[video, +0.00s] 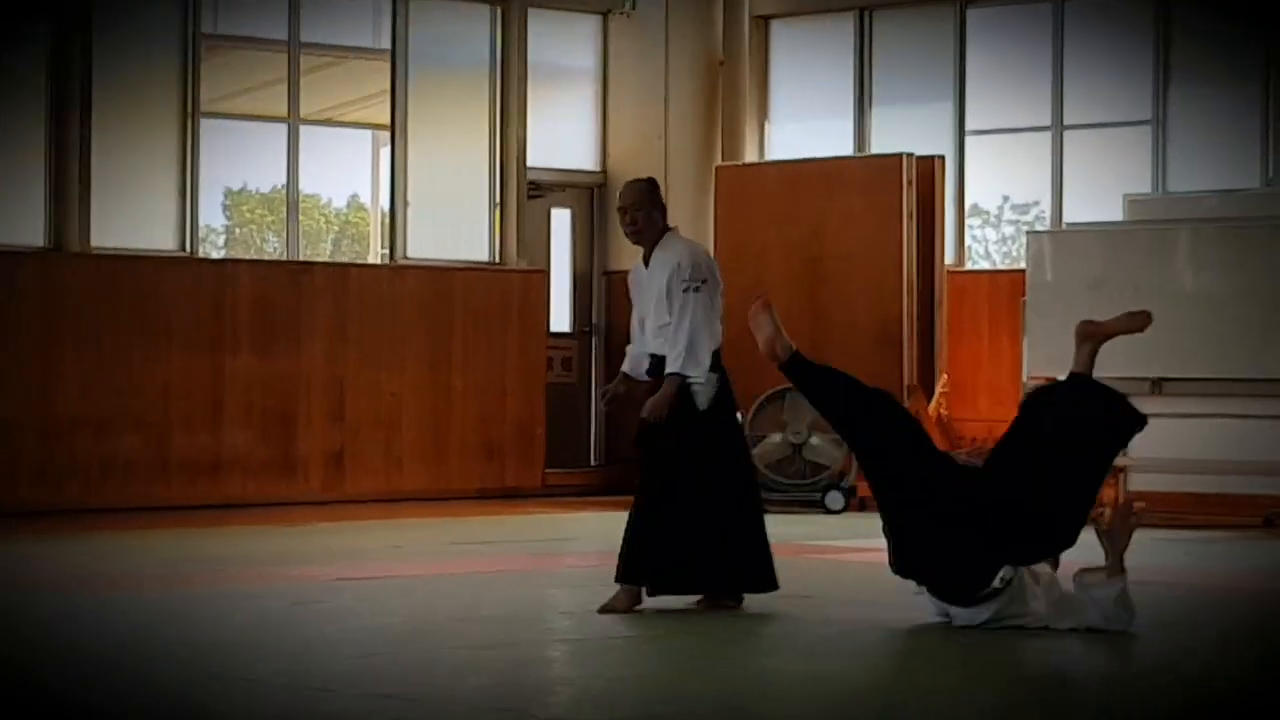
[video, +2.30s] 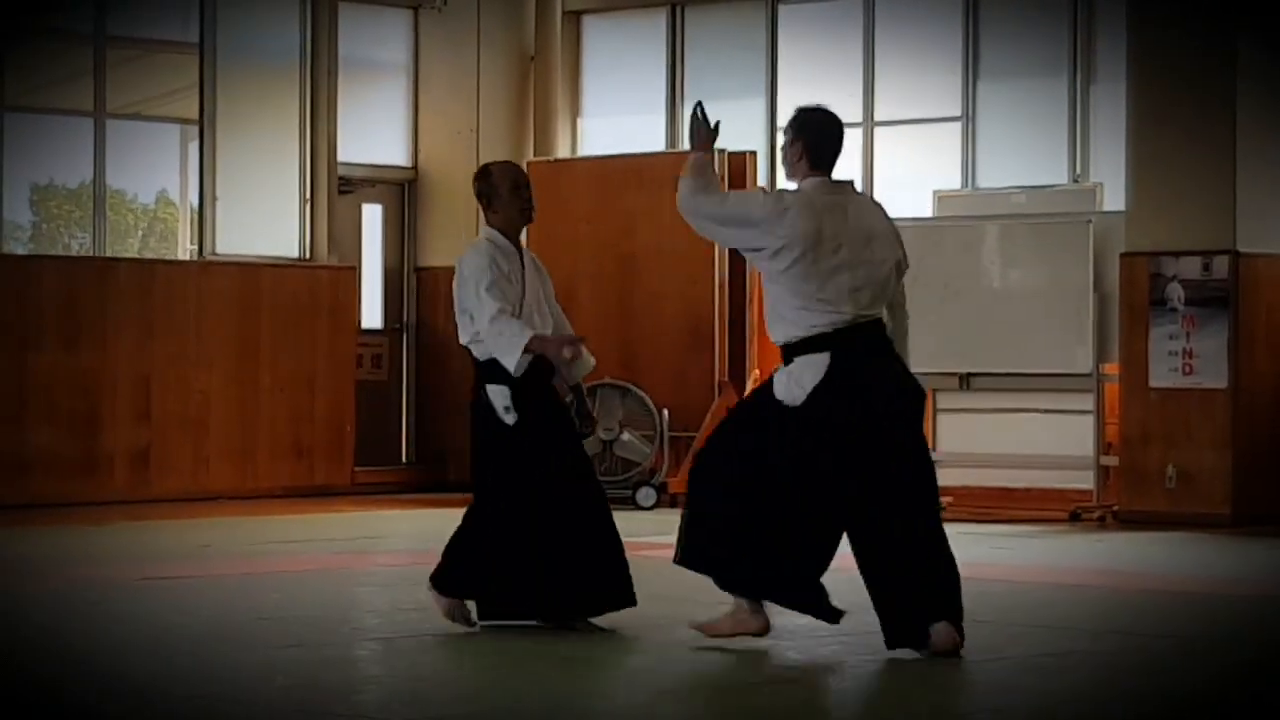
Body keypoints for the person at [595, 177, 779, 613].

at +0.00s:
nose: (629, 220)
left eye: (638, 211)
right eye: (623, 213)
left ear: (661, 212)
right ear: (619, 220)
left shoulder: (688, 258)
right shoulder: (639, 272)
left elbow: (695, 332)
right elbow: (642, 336)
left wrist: (668, 389)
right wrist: (624, 379)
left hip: (697, 385)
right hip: (665, 387)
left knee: (652, 486)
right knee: (710, 488)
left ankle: (630, 584)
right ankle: (725, 586)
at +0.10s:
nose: (605, 211)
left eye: (615, 203)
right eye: (600, 203)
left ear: (637, 206)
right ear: (595, 209)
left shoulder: (657, 256)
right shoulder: (611, 265)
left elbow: (658, 331)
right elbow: (606, 333)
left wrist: (633, 391)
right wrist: (584, 376)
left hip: (653, 382)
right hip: (624, 382)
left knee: (614, 486)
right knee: (676, 484)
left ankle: (601, 589)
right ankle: (693, 580)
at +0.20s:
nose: (561, 201)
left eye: (571, 194)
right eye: (556, 194)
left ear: (593, 200)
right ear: (550, 200)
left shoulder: (607, 254)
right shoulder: (551, 259)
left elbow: (598, 328)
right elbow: (545, 324)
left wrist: (573, 390)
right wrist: (532, 374)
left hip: (590, 376)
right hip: (556, 375)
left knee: (553, 481)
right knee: (606, 479)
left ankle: (551, 588)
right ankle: (629, 575)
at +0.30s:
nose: (519, 198)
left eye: (529, 191)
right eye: (514, 189)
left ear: (549, 199)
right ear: (506, 195)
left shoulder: (559, 256)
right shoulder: (493, 257)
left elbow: (556, 331)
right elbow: (484, 322)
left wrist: (526, 389)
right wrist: (478, 385)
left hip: (535, 373)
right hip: (496, 372)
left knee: (524, 476)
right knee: (506, 473)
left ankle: (519, 583)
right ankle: (561, 556)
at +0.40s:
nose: (488, 196)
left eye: (497, 189)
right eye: (481, 188)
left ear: (511, 197)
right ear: (468, 194)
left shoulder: (520, 255)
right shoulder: (450, 252)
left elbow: (522, 330)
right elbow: (434, 313)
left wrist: (493, 386)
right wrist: (422, 370)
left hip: (491, 372)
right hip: (448, 368)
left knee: (482, 477)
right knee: (447, 474)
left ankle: (479, 585)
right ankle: (461, 582)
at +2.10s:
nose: (529, 190)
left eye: (530, 183)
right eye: (517, 184)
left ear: (533, 191)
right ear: (489, 194)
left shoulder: (538, 254)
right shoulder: (477, 255)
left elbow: (559, 322)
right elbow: (476, 334)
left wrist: (573, 391)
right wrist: (491, 406)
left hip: (546, 381)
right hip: (501, 383)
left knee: (559, 491)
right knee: (487, 490)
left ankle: (558, 606)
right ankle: (458, 589)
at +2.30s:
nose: (531, 198)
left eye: (529, 189)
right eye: (519, 190)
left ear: (519, 198)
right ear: (489, 201)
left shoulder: (531, 263)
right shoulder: (479, 260)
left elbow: (556, 324)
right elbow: (491, 322)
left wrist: (578, 383)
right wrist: (543, 343)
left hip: (536, 382)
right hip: (503, 386)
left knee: (556, 489)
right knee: (505, 491)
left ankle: (557, 602)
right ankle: (449, 581)